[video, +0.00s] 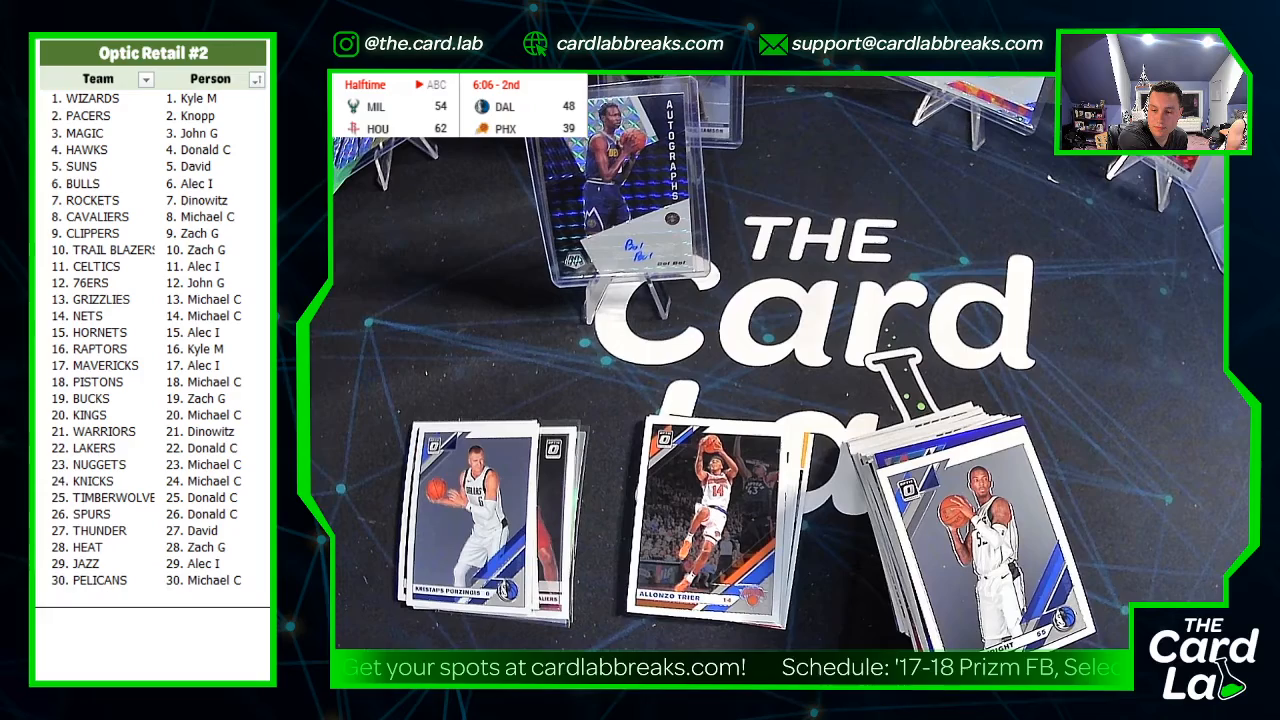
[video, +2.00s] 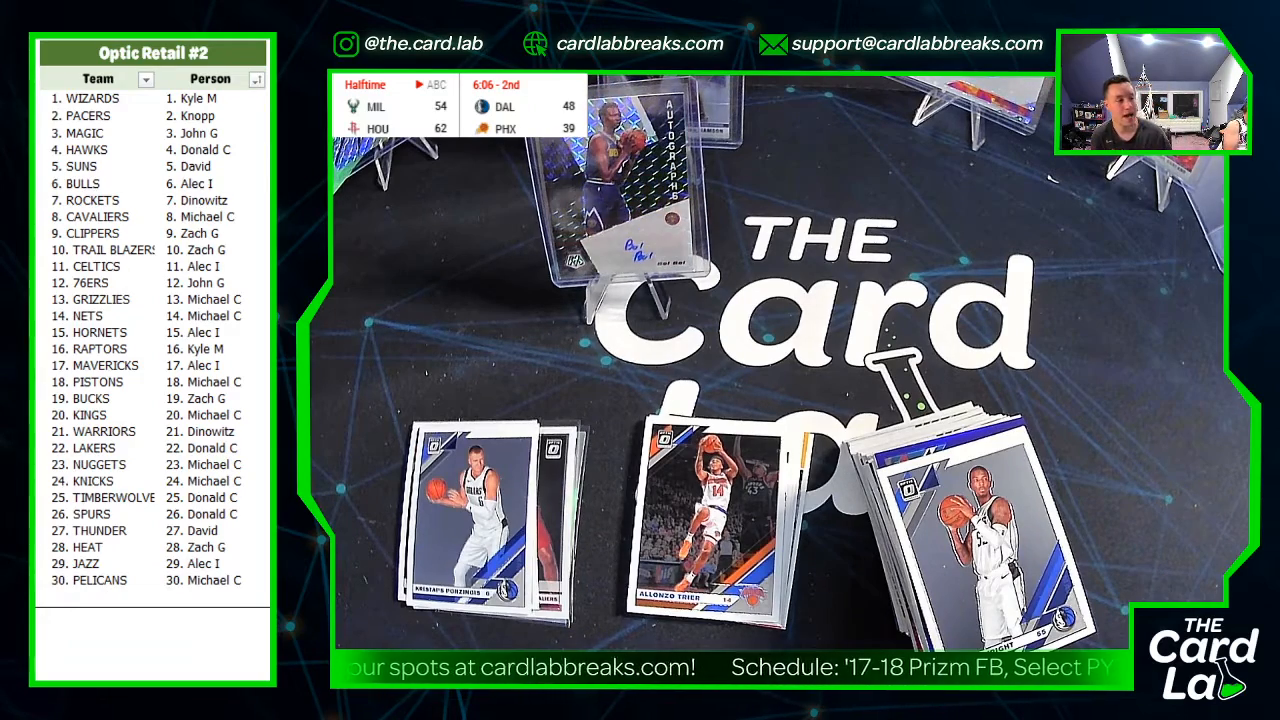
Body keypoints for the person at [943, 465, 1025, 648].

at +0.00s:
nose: (980, 483)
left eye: (984, 479)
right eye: (976, 480)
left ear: (990, 482)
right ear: (970, 485)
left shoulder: (1000, 504)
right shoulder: (975, 517)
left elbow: (997, 539)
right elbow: (965, 559)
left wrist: (973, 517)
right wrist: (953, 531)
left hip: (1007, 579)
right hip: (985, 584)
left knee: (1018, 633)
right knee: (992, 639)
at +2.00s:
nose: (980, 483)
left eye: (984, 479)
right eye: (976, 480)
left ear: (990, 481)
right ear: (970, 485)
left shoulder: (1000, 504)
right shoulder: (975, 517)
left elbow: (998, 539)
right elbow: (965, 559)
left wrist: (973, 517)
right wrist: (953, 530)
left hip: (1007, 579)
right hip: (985, 584)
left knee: (1018, 632)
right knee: (992, 639)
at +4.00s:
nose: (980, 483)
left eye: (984, 479)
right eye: (975, 480)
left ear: (990, 481)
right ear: (970, 485)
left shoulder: (1000, 504)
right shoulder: (975, 517)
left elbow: (997, 538)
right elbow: (965, 559)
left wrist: (972, 516)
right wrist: (953, 530)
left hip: (1007, 579)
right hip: (985, 584)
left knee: (1018, 632)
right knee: (992, 639)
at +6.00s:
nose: (980, 483)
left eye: (983, 479)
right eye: (975, 480)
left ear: (990, 481)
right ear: (970, 486)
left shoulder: (1000, 504)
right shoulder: (974, 517)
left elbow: (996, 538)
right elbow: (965, 559)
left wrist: (972, 517)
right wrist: (953, 531)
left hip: (1007, 579)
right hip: (985, 585)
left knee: (1018, 633)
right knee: (991, 641)